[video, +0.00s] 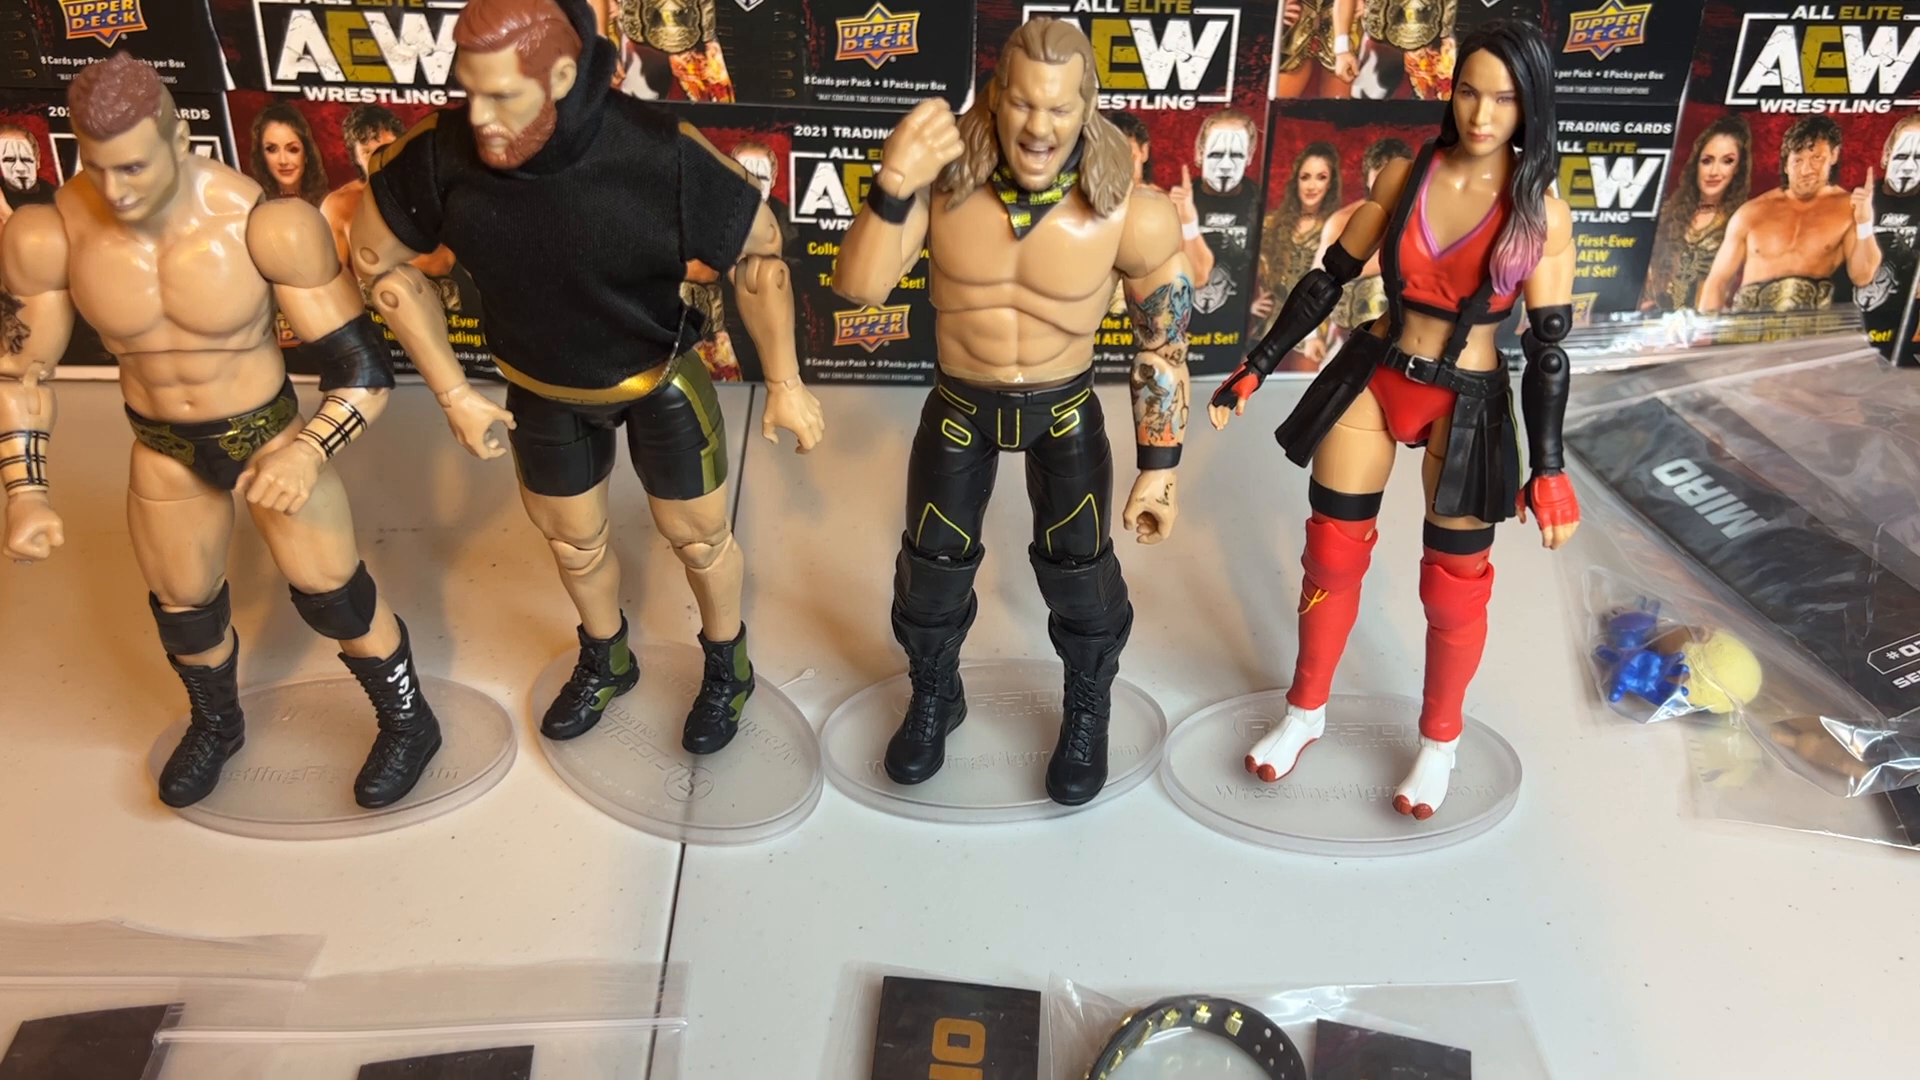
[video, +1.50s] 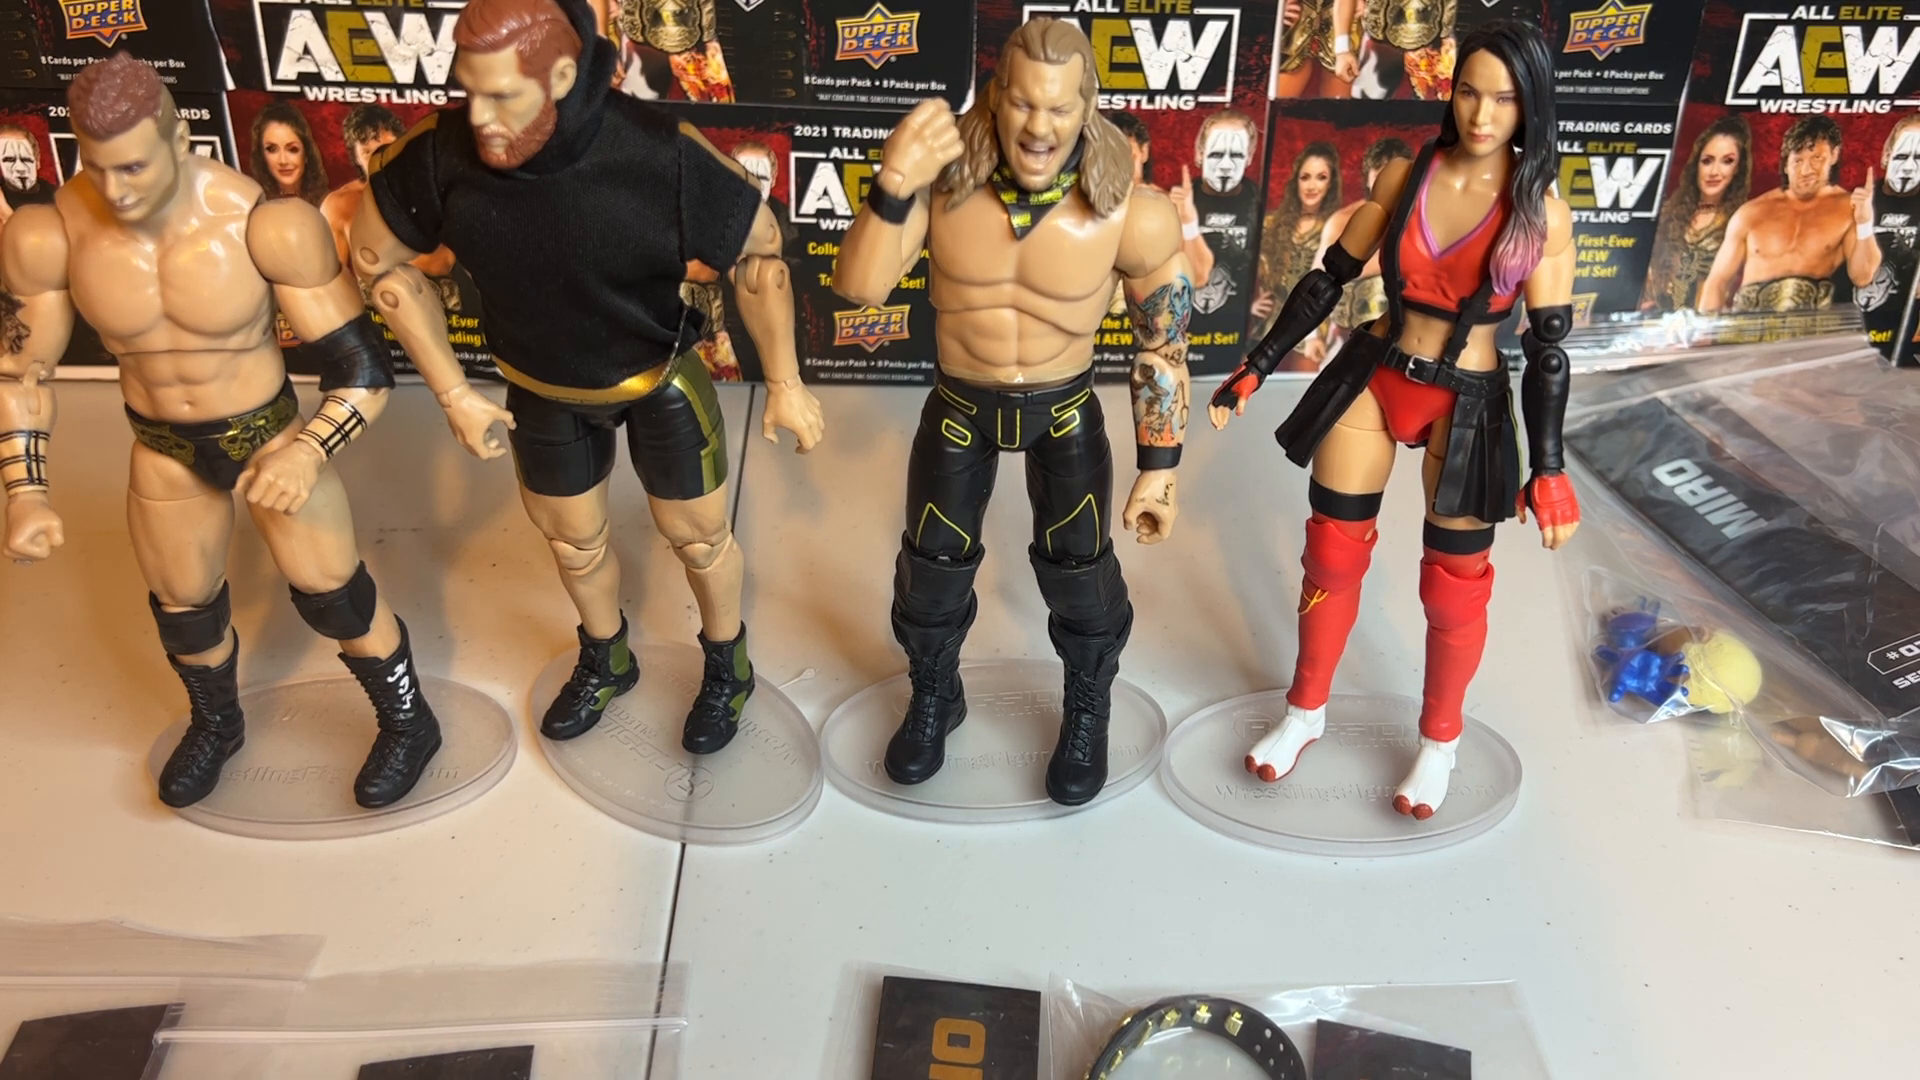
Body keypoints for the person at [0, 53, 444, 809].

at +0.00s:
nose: (117, 188)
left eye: (134, 167)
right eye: (100, 169)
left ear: (178, 138)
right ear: (81, 151)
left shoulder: (268, 225)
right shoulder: (54, 232)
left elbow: (362, 370)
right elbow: (23, 372)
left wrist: (312, 446)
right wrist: (22, 486)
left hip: (269, 440)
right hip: (161, 451)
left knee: (335, 598)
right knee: (186, 616)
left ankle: (408, 722)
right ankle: (216, 723)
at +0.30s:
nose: (118, 188)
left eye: (134, 167)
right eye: (100, 169)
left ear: (178, 138)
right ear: (80, 151)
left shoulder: (268, 225)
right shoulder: (54, 232)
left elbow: (362, 370)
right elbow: (23, 371)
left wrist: (311, 446)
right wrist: (22, 487)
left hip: (268, 441)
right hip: (161, 451)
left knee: (336, 600)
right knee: (186, 617)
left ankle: (409, 722)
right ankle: (217, 722)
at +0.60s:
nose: (118, 188)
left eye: (134, 167)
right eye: (100, 169)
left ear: (178, 138)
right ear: (81, 151)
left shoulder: (268, 225)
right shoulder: (54, 232)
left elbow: (362, 370)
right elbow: (23, 372)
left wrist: (312, 446)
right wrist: (22, 486)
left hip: (269, 441)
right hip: (161, 451)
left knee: (336, 599)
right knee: (186, 617)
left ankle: (408, 722)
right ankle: (216, 723)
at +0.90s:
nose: (118, 188)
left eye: (135, 167)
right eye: (101, 169)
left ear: (179, 139)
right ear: (81, 151)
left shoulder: (268, 225)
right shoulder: (53, 232)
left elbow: (363, 369)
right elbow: (22, 372)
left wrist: (311, 446)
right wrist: (22, 487)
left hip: (268, 441)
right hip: (161, 451)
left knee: (336, 600)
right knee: (186, 617)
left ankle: (409, 722)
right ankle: (216, 722)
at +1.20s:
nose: (118, 188)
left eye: (134, 167)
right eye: (100, 169)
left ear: (178, 138)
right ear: (80, 151)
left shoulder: (268, 225)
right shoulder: (53, 233)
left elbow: (362, 370)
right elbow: (23, 372)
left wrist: (311, 446)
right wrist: (21, 487)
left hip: (269, 441)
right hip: (161, 452)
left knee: (336, 599)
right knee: (186, 617)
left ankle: (409, 722)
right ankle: (216, 722)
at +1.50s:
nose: (118, 188)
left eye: (134, 167)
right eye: (100, 169)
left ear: (178, 138)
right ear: (80, 151)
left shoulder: (268, 225)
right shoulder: (53, 232)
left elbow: (362, 370)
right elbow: (23, 372)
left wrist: (312, 446)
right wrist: (22, 487)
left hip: (269, 440)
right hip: (161, 451)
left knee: (336, 599)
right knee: (186, 617)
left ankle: (408, 722)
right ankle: (216, 723)